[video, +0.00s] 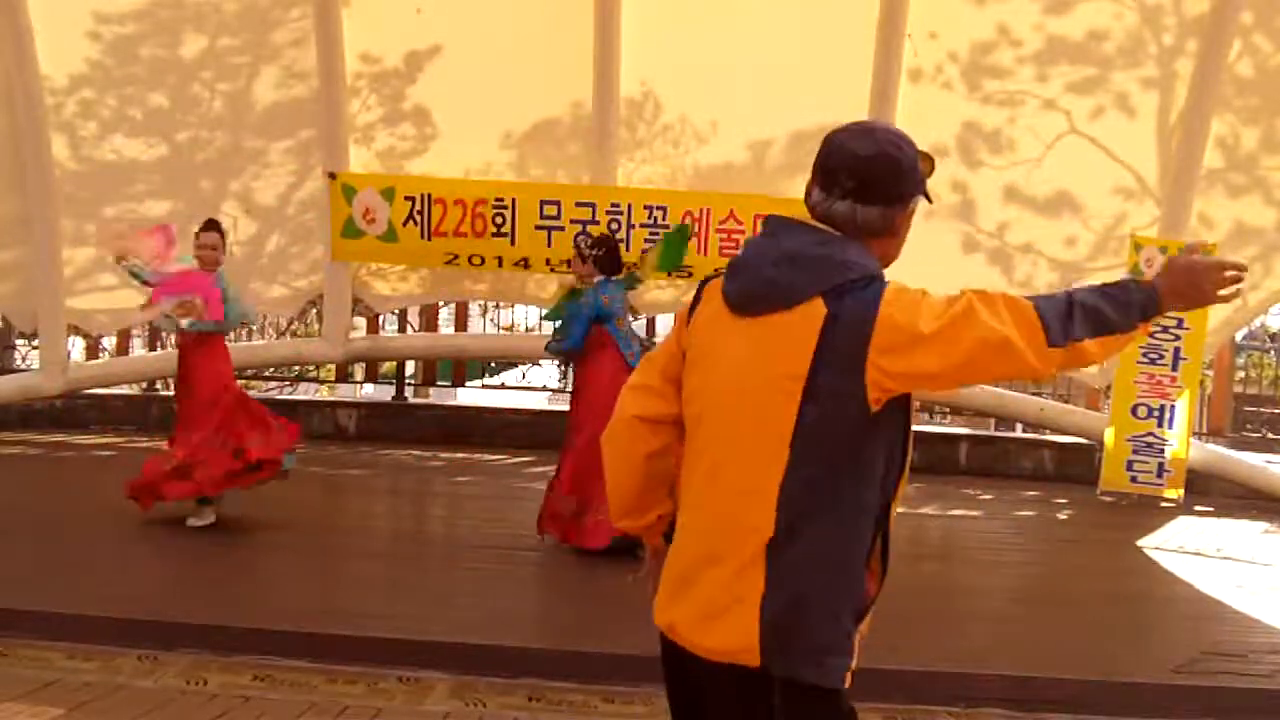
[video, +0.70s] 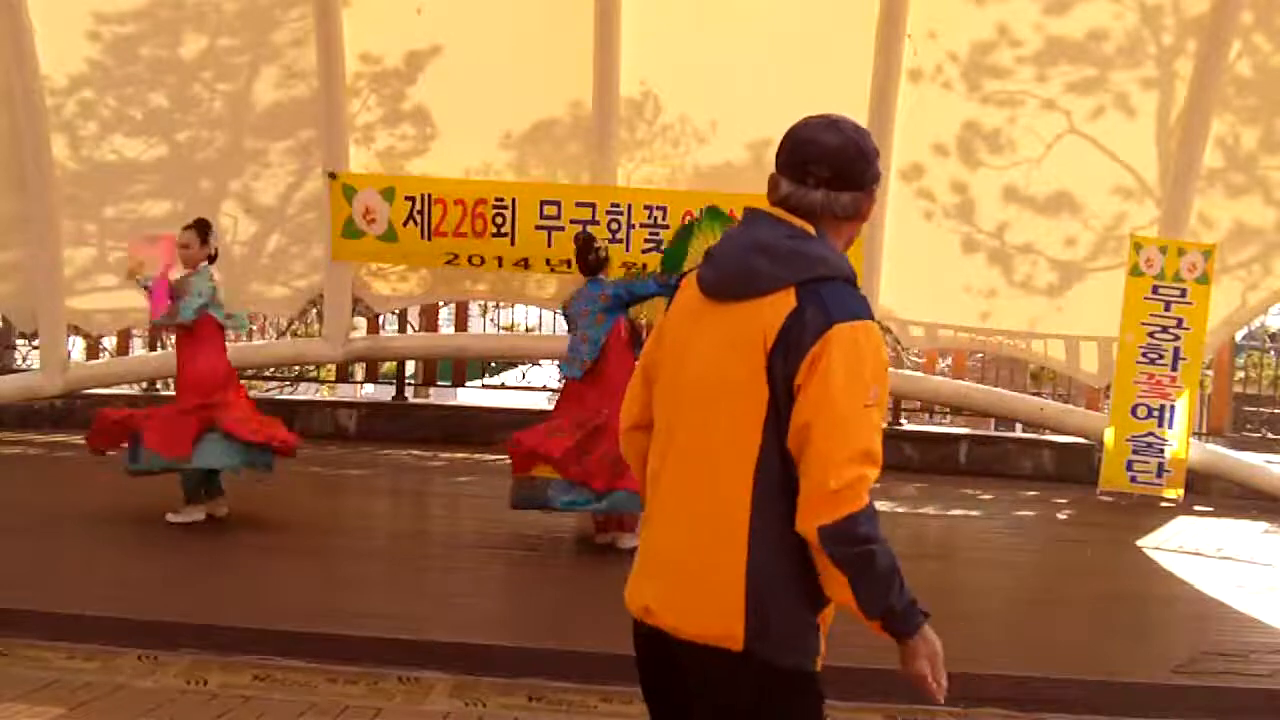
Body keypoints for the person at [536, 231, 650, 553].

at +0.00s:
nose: (573, 264)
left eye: (578, 260)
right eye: (575, 259)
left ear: (593, 263)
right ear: (606, 263)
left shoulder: (588, 296)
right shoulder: (617, 289)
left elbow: (571, 341)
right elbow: (638, 276)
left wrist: (553, 346)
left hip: (599, 376)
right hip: (626, 372)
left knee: (590, 447)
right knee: (615, 445)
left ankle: (592, 526)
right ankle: (616, 525)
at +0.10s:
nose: (581, 267)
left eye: (587, 262)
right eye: (582, 261)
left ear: (605, 267)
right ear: (593, 264)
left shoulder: (612, 296)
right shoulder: (589, 291)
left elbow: (597, 340)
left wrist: (554, 349)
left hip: (612, 378)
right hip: (591, 375)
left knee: (594, 447)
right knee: (585, 446)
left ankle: (597, 527)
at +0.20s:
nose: (589, 268)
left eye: (597, 262)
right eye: (589, 262)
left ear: (617, 266)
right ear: (593, 264)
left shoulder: (623, 303)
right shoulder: (589, 294)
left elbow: (611, 346)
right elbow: (556, 285)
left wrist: (561, 351)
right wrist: (513, 277)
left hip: (614, 381)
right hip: (587, 378)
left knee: (595, 449)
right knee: (576, 446)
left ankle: (597, 527)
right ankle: (567, 522)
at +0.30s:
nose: (605, 264)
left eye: (613, 259)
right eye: (601, 257)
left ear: (625, 265)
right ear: (594, 260)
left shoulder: (630, 303)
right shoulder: (580, 290)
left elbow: (639, 343)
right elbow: (541, 281)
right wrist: (497, 277)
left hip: (616, 383)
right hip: (580, 380)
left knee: (607, 447)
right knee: (570, 444)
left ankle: (608, 520)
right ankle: (562, 519)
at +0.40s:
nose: (626, 265)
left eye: (628, 259)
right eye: (619, 259)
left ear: (629, 262)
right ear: (598, 261)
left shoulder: (632, 295)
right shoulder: (585, 286)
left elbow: (652, 339)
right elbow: (557, 281)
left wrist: (635, 342)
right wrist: (526, 276)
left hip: (615, 369)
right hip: (581, 366)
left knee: (612, 439)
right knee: (573, 437)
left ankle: (607, 517)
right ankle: (563, 519)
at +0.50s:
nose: (629, 267)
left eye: (628, 262)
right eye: (624, 261)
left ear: (613, 265)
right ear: (606, 263)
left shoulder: (622, 299)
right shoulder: (596, 291)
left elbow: (636, 341)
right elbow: (586, 280)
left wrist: (643, 334)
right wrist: (581, 270)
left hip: (614, 379)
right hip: (593, 379)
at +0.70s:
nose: (607, 261)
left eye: (601, 258)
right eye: (606, 258)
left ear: (581, 266)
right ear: (605, 263)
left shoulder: (573, 302)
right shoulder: (611, 292)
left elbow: (584, 337)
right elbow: (653, 284)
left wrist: (629, 332)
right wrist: (686, 280)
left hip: (585, 379)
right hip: (615, 379)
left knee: (597, 448)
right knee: (622, 447)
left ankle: (604, 525)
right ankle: (625, 530)